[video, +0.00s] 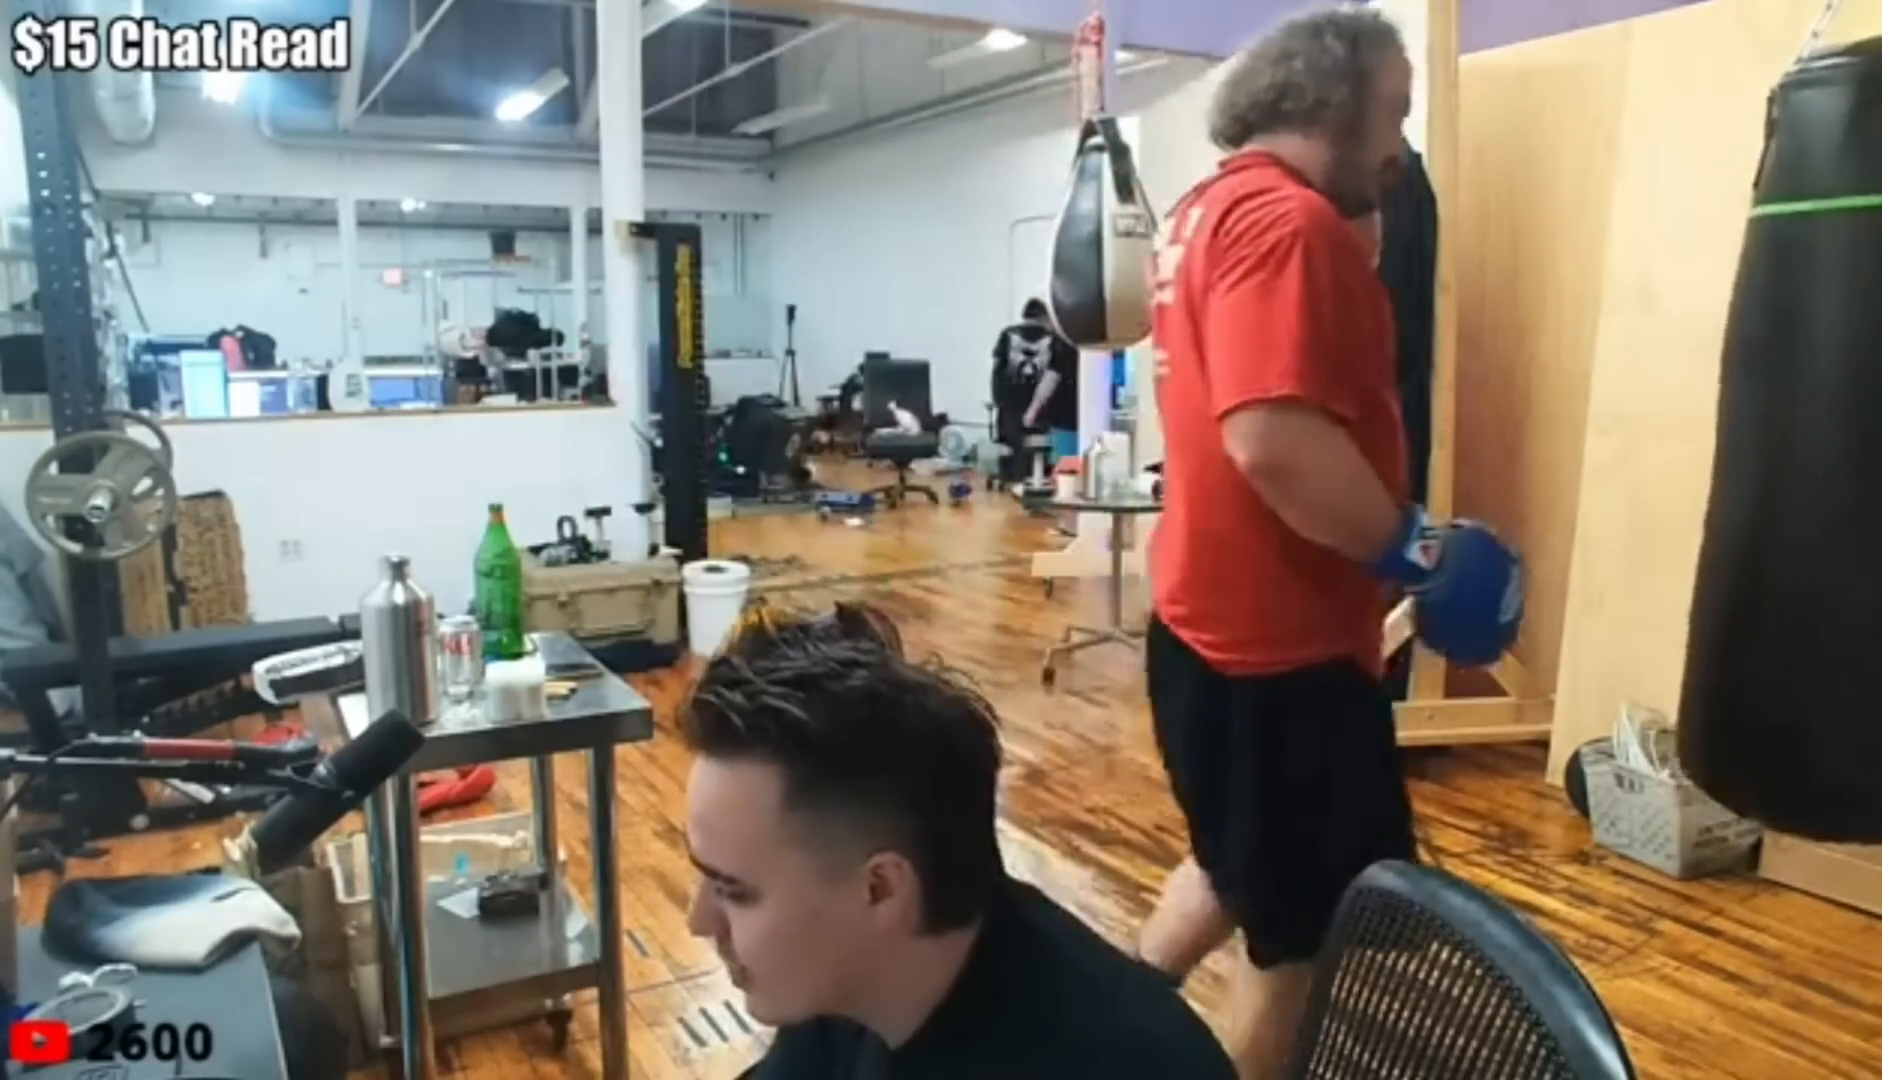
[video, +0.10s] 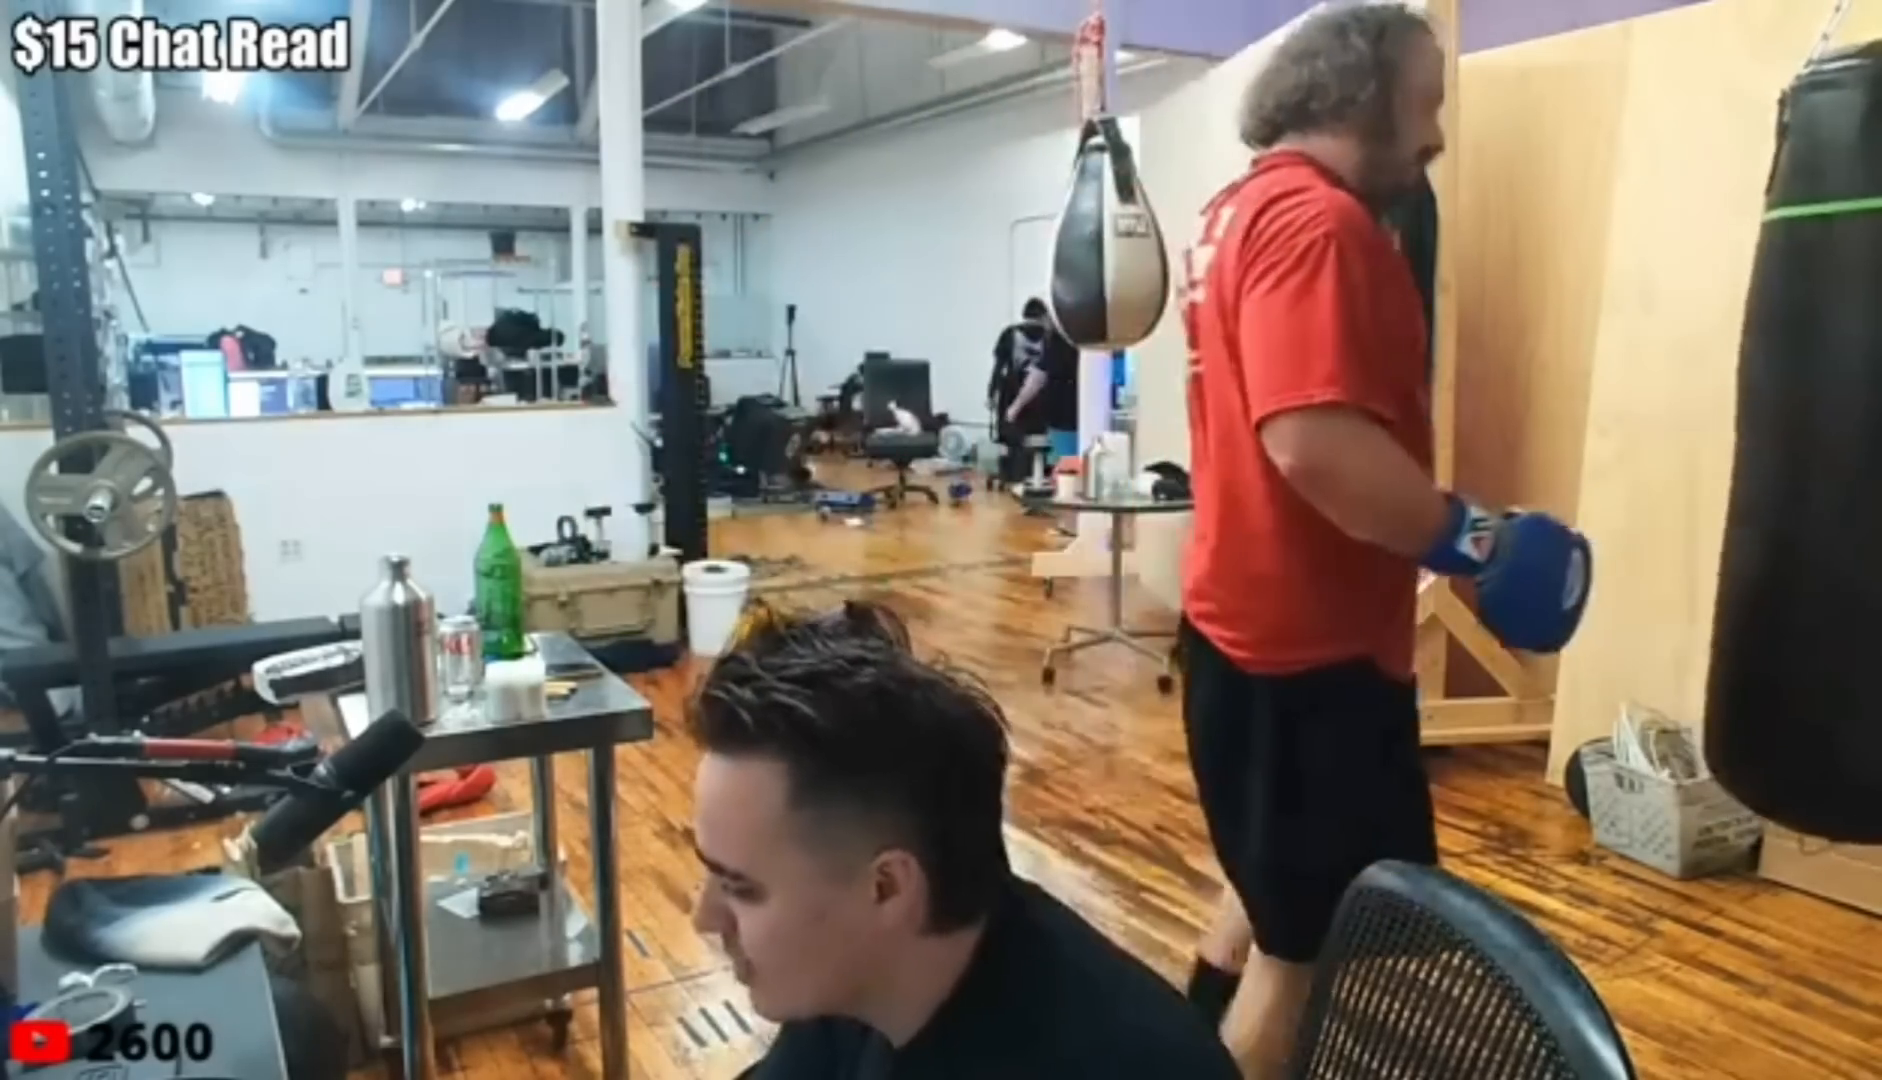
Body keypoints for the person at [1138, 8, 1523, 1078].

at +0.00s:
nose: (1407, 141)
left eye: (1408, 115)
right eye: (1395, 112)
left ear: (1298, 111)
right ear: (1324, 106)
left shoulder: (1218, 207)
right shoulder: (1284, 221)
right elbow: (1272, 440)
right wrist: (1421, 555)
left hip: (1212, 632)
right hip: (1284, 652)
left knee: (1229, 863)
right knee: (1301, 945)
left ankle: (1119, 1016)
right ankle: (1248, 1074)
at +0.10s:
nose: (1441, 133)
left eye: (1441, 104)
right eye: (1430, 103)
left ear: (1336, 102)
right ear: (1365, 98)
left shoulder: (1248, 207)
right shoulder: (1314, 218)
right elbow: (1313, 438)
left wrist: (1453, 542)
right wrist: (1477, 541)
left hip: (1249, 639)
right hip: (1308, 660)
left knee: (1267, 889)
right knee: (1301, 950)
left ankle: (1191, 1058)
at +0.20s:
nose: (1467, 130)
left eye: (1463, 102)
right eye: (1450, 102)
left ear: (1359, 103)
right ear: (1381, 100)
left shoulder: (1279, 212)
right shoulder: (1329, 223)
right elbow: (1321, 445)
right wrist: (1498, 537)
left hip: (1297, 655)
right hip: (1324, 670)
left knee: (1318, 953)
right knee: (1309, 962)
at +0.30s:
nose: (1479, 131)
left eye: (1477, 105)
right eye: (1459, 105)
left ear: (1381, 114)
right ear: (1379, 109)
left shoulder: (1352, 231)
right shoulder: (1331, 240)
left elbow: (1357, 378)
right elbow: (1318, 462)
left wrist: (1447, 298)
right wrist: (1497, 538)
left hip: (1368, 666)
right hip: (1339, 677)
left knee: (1365, 953)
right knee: (1330, 962)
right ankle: (1267, 1072)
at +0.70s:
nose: (1450, 139)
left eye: (1468, 120)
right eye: (1423, 118)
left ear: (1484, 140)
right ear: (1368, 132)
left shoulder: (1471, 269)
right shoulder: (1316, 255)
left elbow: (1462, 422)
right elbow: (1246, 438)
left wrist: (1567, 409)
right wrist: (1388, 525)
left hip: (1451, 625)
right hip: (1349, 627)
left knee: (1435, 876)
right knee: (1361, 888)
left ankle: (1413, 1054)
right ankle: (1323, 1063)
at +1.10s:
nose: (1397, 146)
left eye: (1422, 126)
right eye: (1376, 124)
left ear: (1458, 147)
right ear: (1341, 137)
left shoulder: (1486, 273)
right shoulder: (1283, 261)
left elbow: (1562, 401)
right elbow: (1198, 414)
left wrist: (1688, 448)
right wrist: (1292, 502)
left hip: (1430, 619)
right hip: (1309, 611)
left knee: (1372, 855)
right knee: (1282, 851)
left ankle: (1342, 1044)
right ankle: (1180, 1039)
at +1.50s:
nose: (1304, 159)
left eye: (1328, 136)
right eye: (1282, 138)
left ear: (1373, 151)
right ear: (1256, 151)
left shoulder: (1419, 271)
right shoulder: (1199, 270)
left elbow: (1445, 425)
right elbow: (1117, 426)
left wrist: (1532, 498)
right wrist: (1202, 502)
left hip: (1368, 629)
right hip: (1228, 628)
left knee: (1359, 856)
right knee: (1190, 858)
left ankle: (1341, 1052)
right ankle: (1137, 1046)